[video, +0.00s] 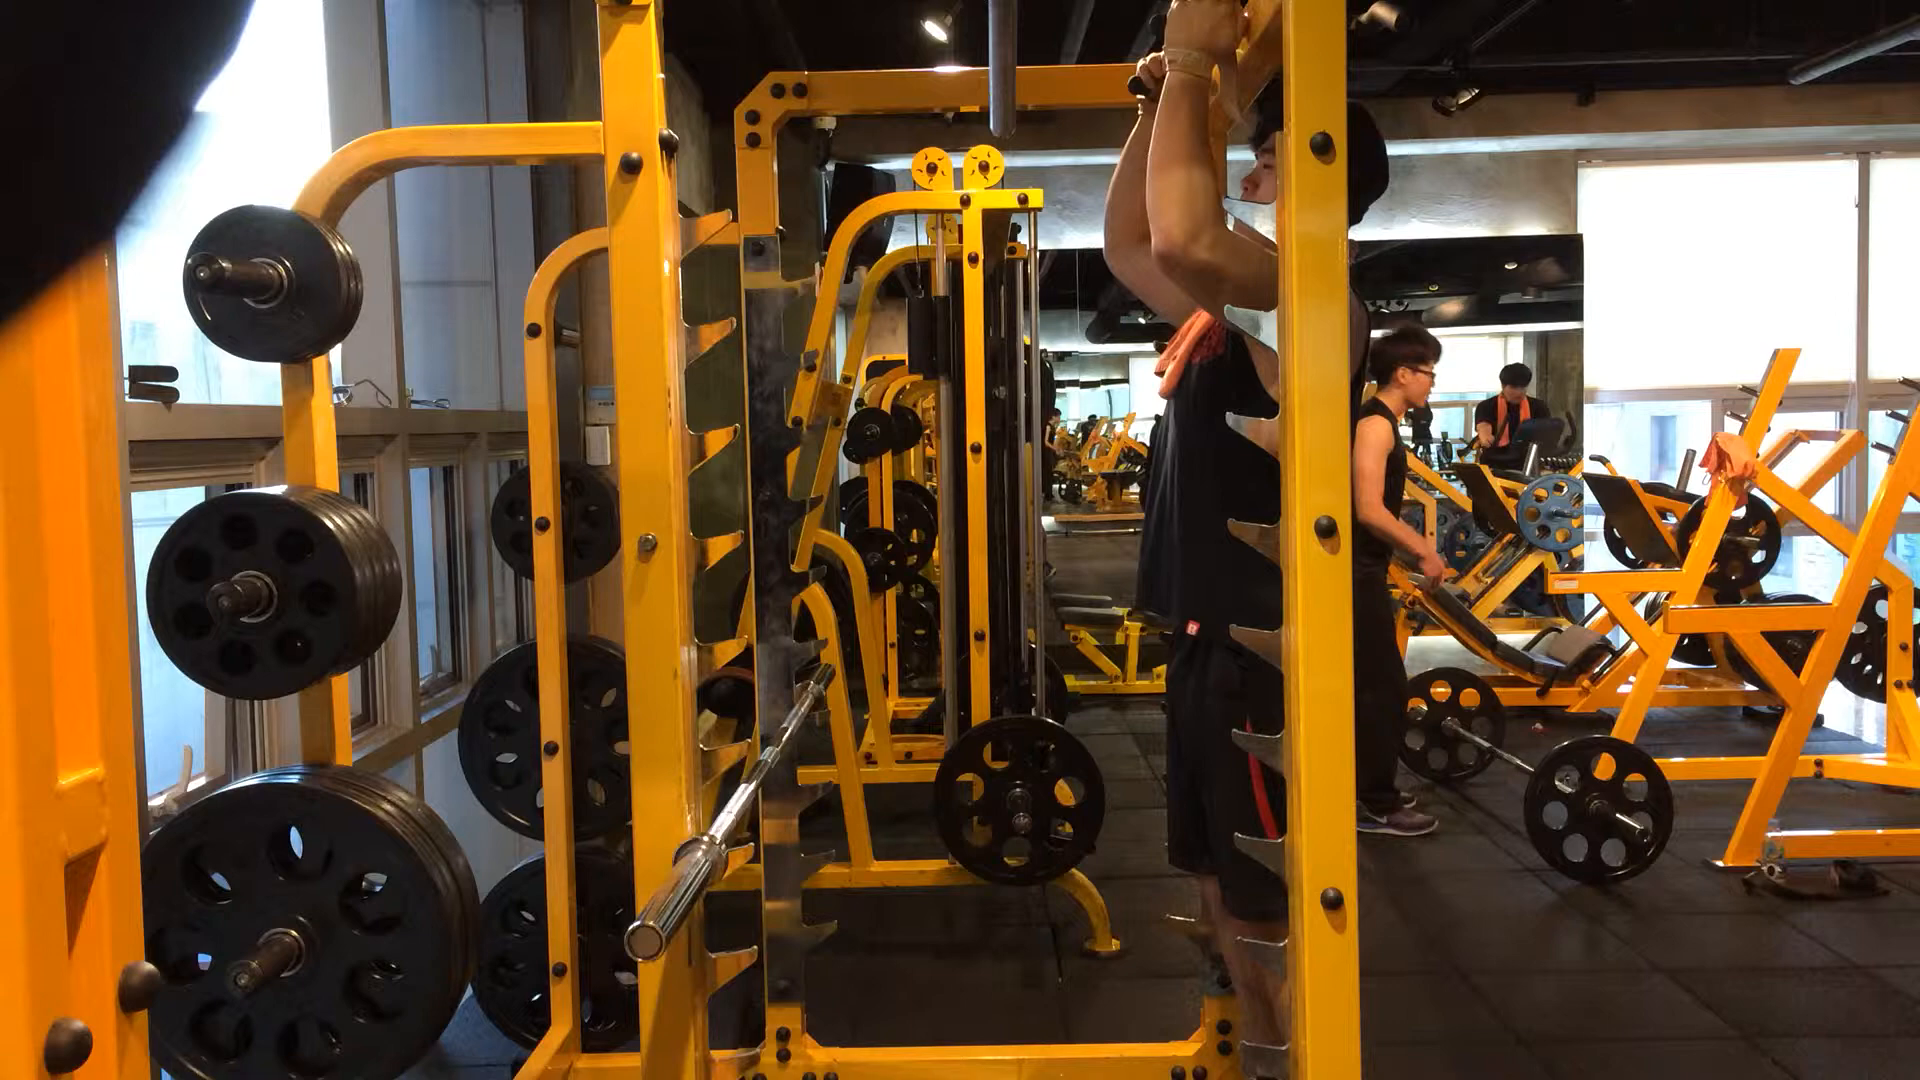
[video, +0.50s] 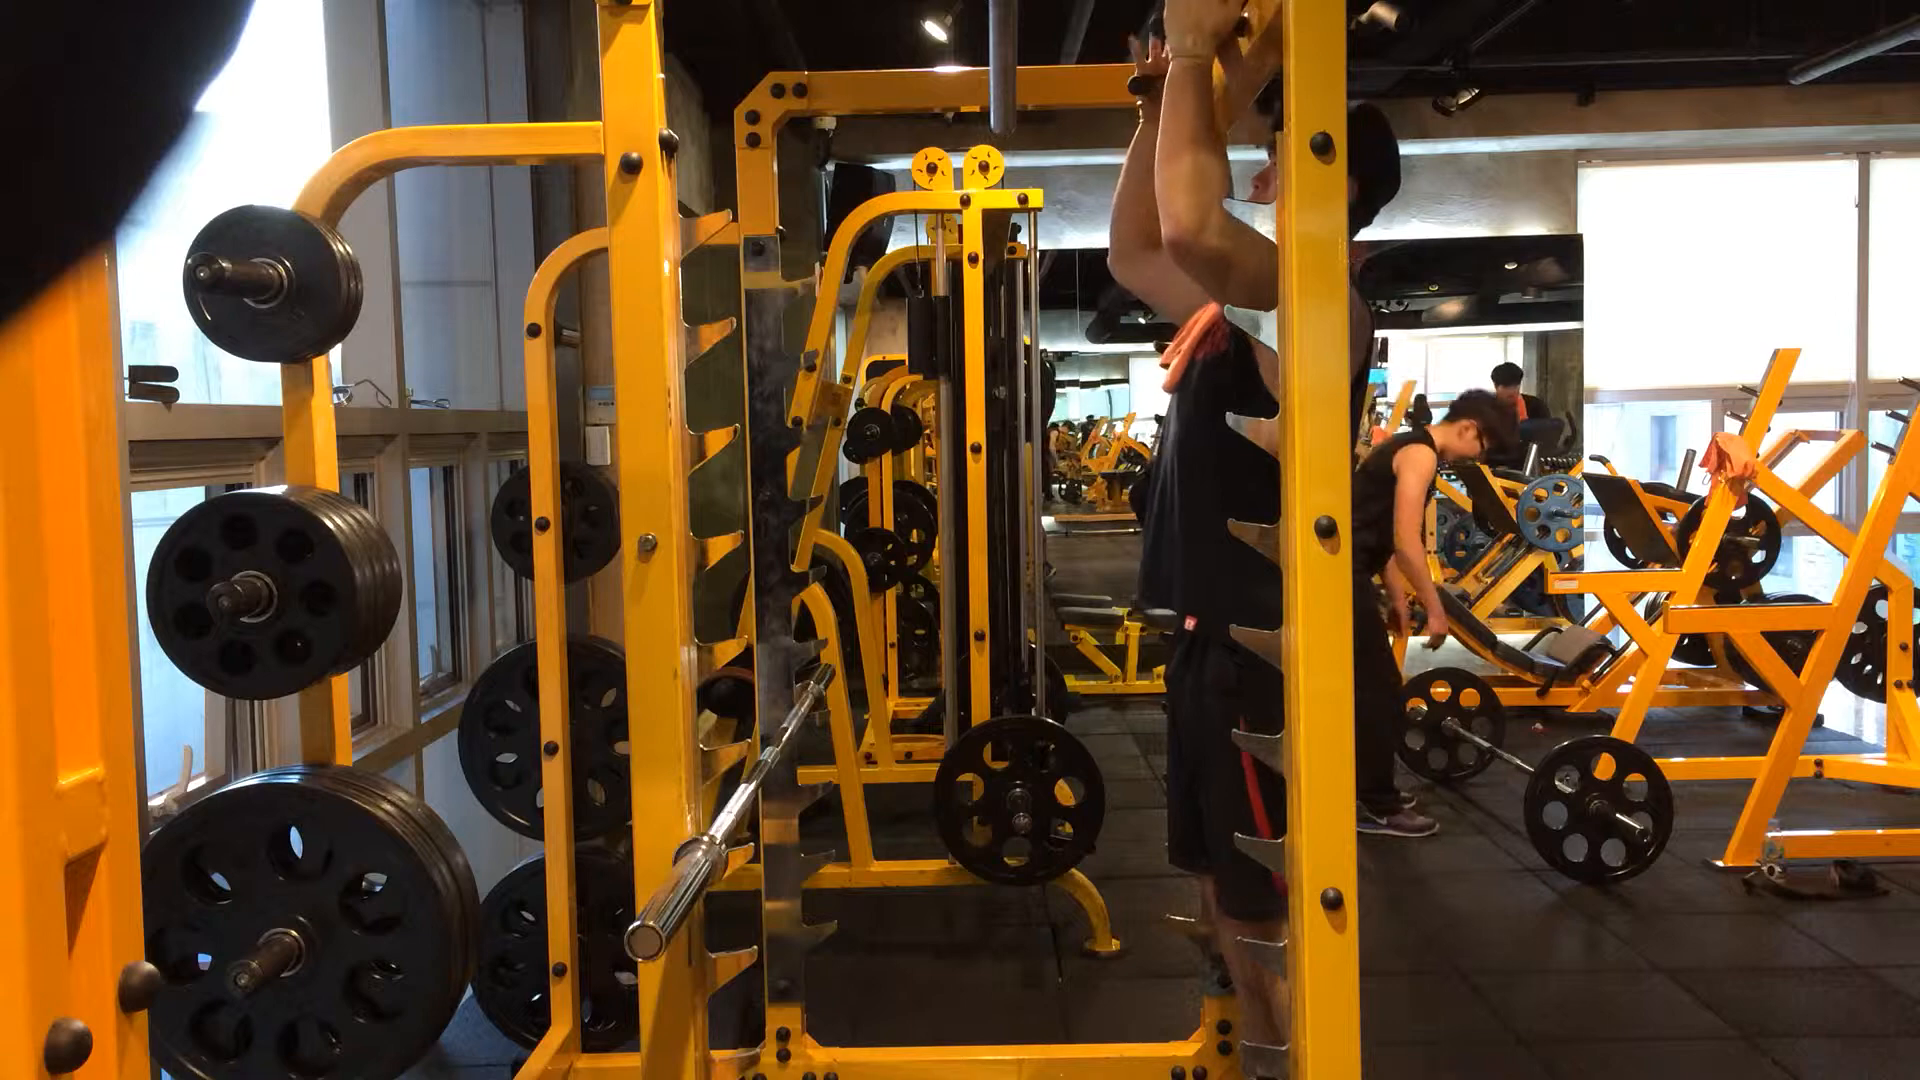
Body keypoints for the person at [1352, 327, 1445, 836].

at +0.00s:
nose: (1432, 383)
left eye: (1432, 374)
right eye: (1427, 373)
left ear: (1400, 374)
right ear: (1401, 373)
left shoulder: (1383, 423)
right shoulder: (1375, 426)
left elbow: (1378, 511)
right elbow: (1369, 510)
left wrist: (1421, 550)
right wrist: (1425, 549)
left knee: (1379, 680)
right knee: (1384, 683)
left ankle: (1376, 788)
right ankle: (1376, 801)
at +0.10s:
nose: (1440, 392)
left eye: (1441, 383)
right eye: (1436, 382)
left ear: (1409, 379)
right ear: (1410, 378)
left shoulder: (1384, 423)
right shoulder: (1380, 427)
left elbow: (1380, 513)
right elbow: (1375, 512)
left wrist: (1420, 559)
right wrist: (1423, 558)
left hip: (1363, 575)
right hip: (1358, 578)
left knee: (1377, 683)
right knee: (1382, 686)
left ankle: (1376, 788)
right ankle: (1377, 802)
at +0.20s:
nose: (1451, 407)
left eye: (1454, 399)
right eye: (1449, 396)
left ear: (1424, 388)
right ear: (1424, 386)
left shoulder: (1391, 425)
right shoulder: (1391, 430)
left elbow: (1384, 515)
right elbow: (1385, 517)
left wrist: (1415, 562)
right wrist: (1421, 569)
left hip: (1358, 574)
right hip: (1354, 577)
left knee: (1374, 683)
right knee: (1381, 685)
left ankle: (1375, 793)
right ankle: (1377, 801)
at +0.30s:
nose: (1459, 423)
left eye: (1463, 415)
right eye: (1460, 412)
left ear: (1436, 398)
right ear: (1438, 397)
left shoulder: (1396, 432)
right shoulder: (1401, 437)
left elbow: (1384, 521)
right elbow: (1393, 523)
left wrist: (1405, 578)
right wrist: (1428, 582)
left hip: (1354, 576)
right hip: (1350, 580)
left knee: (1372, 685)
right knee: (1380, 688)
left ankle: (1372, 796)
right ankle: (1378, 802)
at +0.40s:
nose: (1468, 444)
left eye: (1474, 438)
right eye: (1472, 434)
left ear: (1450, 412)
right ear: (1454, 411)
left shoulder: (1404, 438)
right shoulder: (1411, 446)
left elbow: (1380, 526)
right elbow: (1400, 532)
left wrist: (1398, 587)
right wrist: (1432, 595)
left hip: (1351, 576)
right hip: (1349, 580)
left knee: (1374, 684)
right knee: (1379, 686)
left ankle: (1374, 792)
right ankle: (1377, 801)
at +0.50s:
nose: (1475, 458)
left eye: (1481, 452)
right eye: (1481, 447)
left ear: (1459, 425)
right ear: (1467, 426)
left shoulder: (1407, 448)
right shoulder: (1420, 453)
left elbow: (1381, 535)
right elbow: (1406, 540)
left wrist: (1397, 597)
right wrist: (1434, 608)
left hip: (1349, 574)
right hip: (1344, 576)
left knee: (1376, 682)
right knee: (1381, 685)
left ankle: (1375, 785)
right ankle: (1377, 801)